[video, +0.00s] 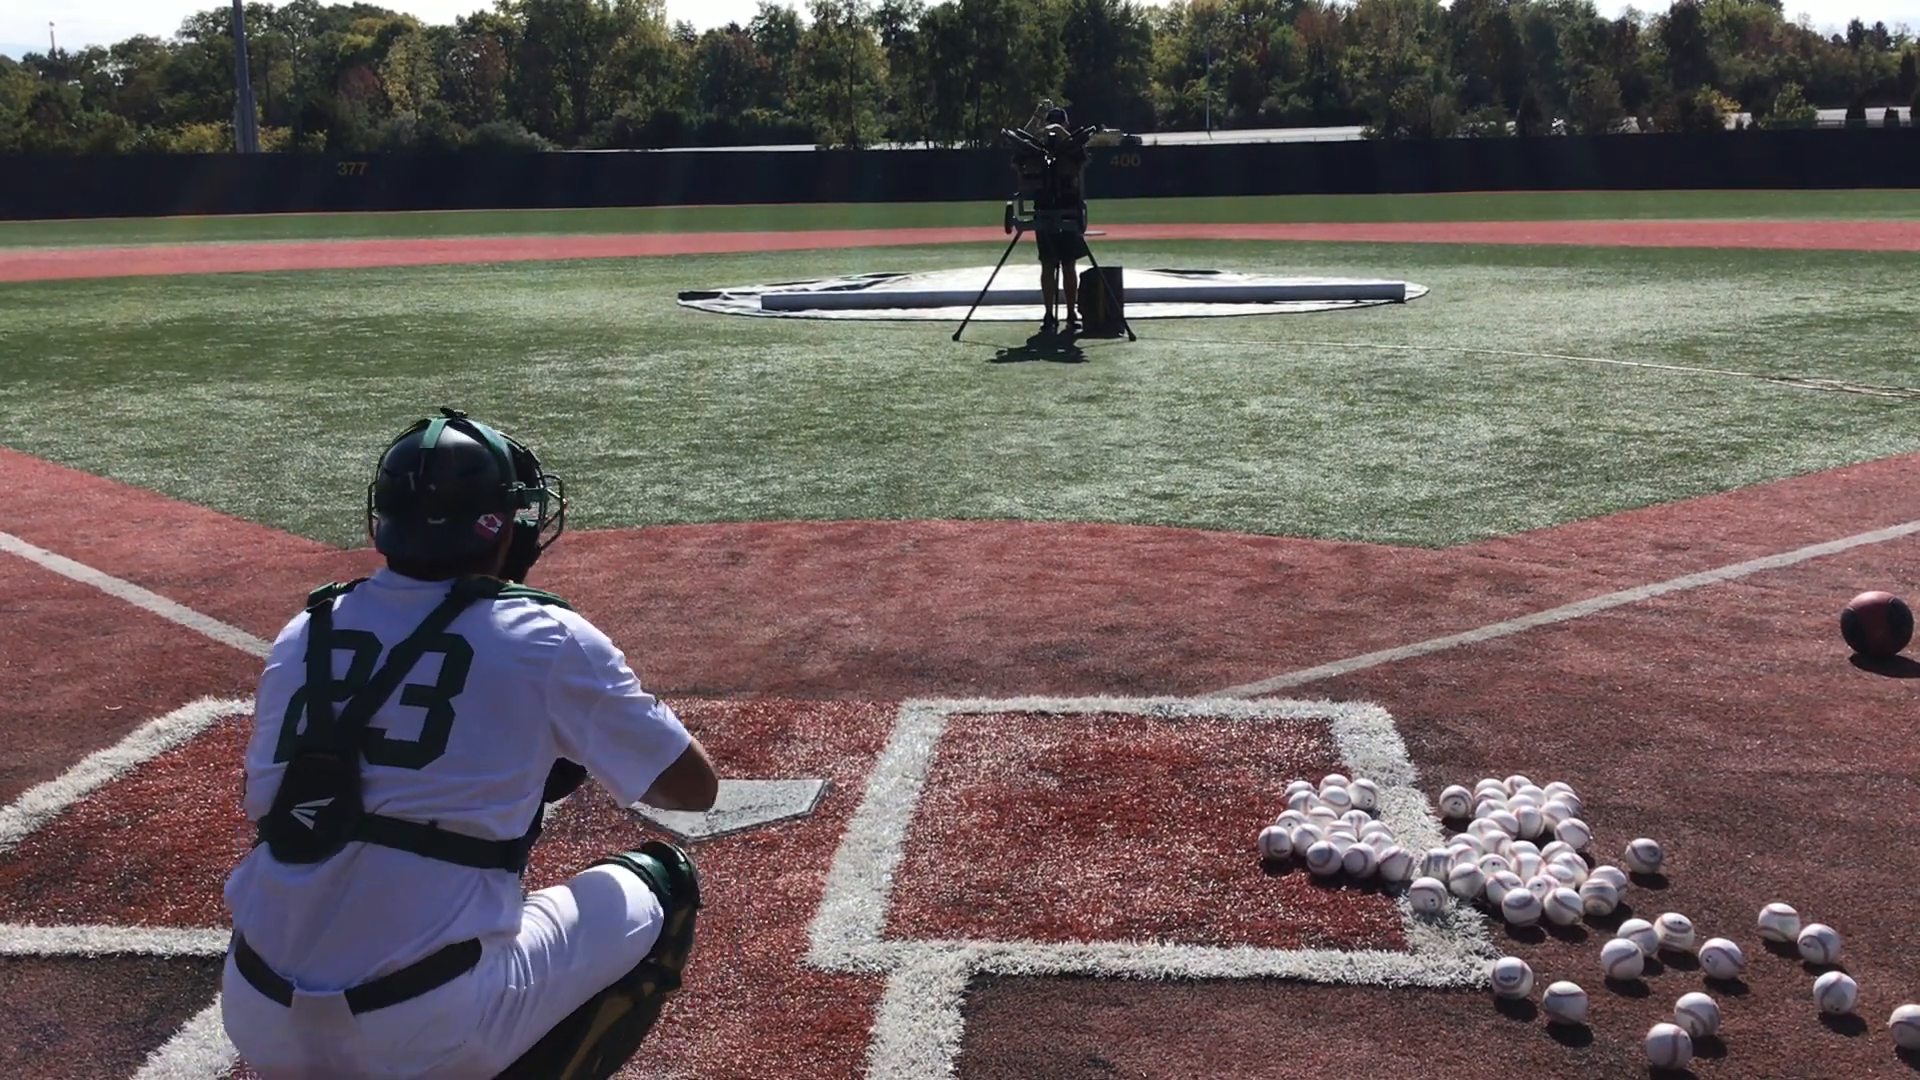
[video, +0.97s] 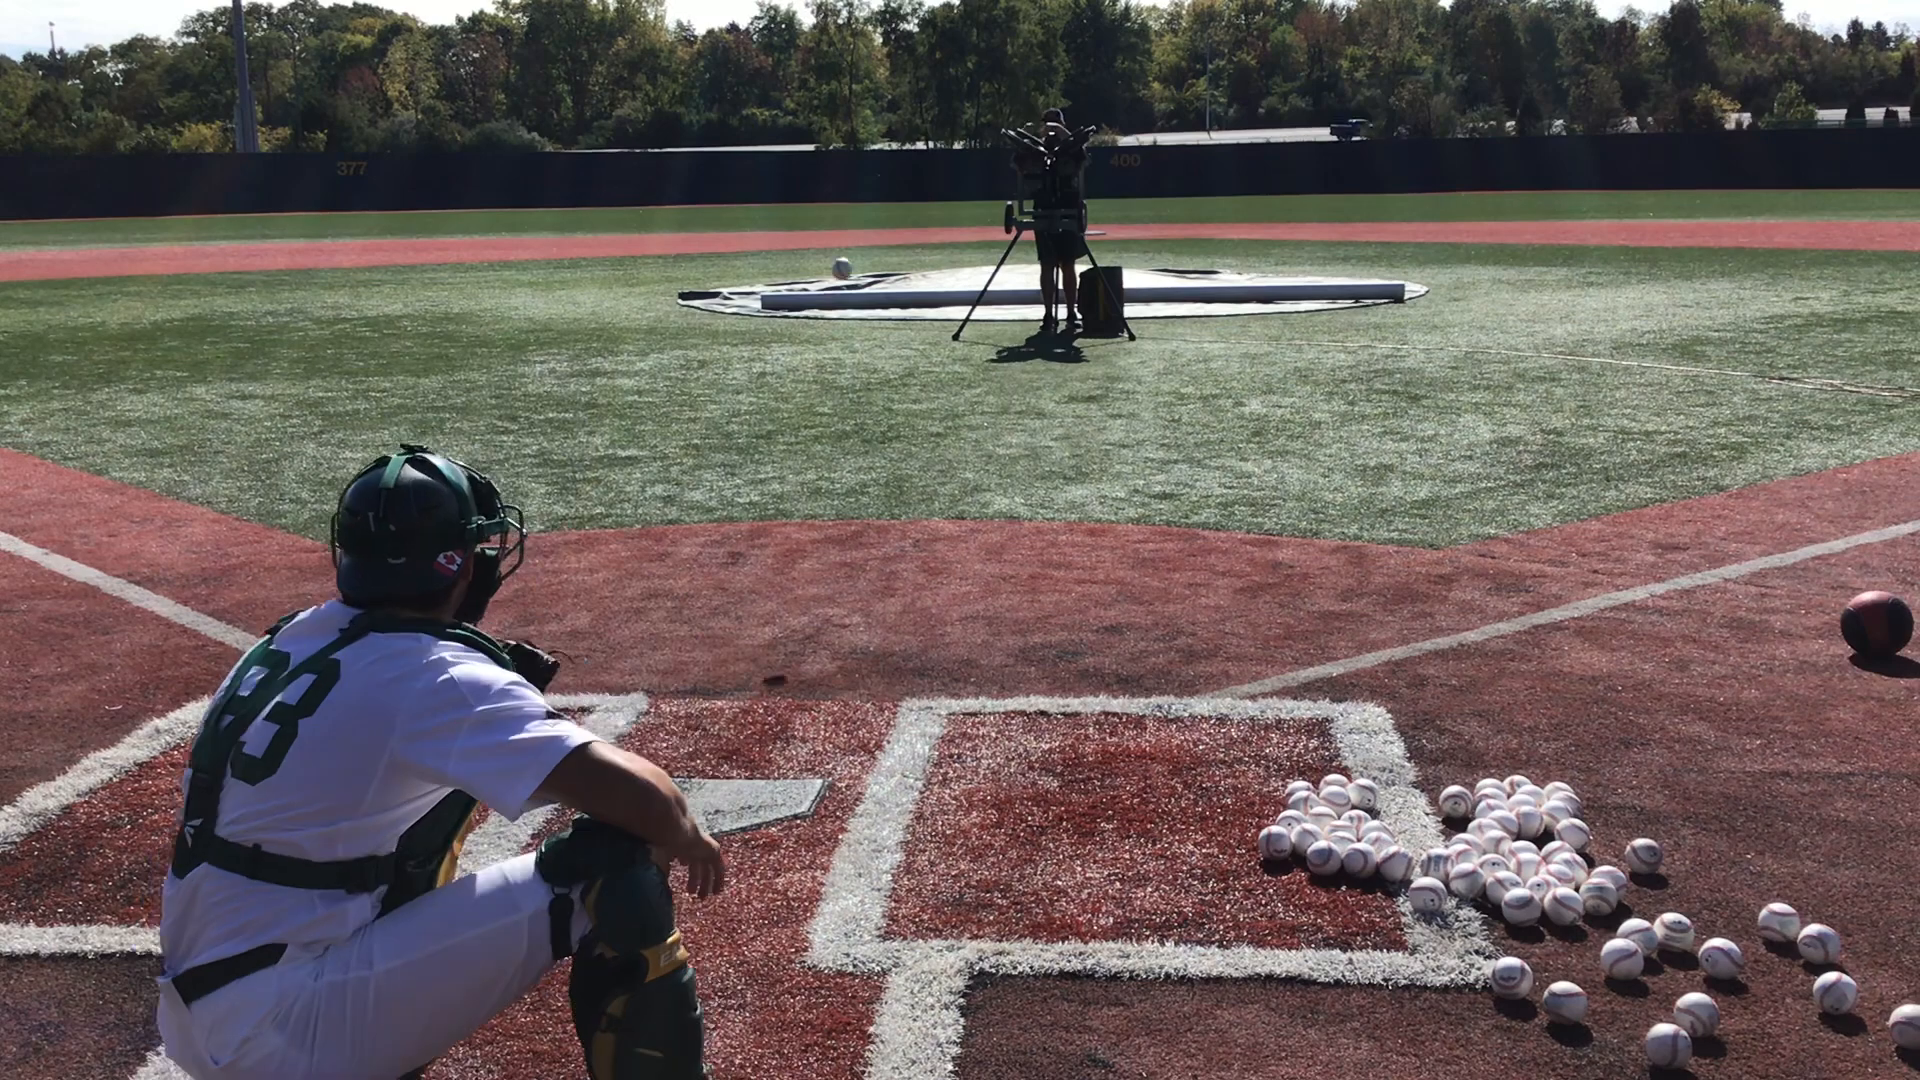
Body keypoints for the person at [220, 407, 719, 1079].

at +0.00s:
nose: (529, 529)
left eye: (526, 512)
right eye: (521, 516)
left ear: (385, 527)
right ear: (499, 534)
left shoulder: (307, 627)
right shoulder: (547, 639)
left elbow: (262, 801)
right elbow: (694, 786)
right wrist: (592, 746)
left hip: (259, 1024)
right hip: (420, 1039)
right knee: (665, 884)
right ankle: (544, 1067)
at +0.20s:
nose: (542, 448)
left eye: (539, 432)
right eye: (535, 433)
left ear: (412, 437)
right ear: (515, 443)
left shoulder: (332, 530)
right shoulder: (560, 528)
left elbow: (264, 681)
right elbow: (716, 704)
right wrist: (593, 691)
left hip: (270, 889)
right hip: (450, 899)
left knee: (233, 795)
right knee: (707, 823)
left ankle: (254, 1066)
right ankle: (637, 1065)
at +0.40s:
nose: (556, 503)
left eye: (551, 485)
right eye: (550, 487)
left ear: (417, 491)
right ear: (529, 498)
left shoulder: (340, 583)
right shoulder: (560, 581)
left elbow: (279, 734)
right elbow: (726, 751)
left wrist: (521, 765)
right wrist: (601, 760)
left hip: (257, 925)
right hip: (445, 933)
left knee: (213, 833)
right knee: (714, 867)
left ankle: (173, 1064)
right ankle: (689, 1063)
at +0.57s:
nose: (531, 537)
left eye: (530, 521)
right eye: (524, 522)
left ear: (397, 525)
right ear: (499, 535)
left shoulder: (316, 615)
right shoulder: (520, 626)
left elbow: (239, 763)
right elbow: (710, 768)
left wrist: (463, 814)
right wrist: (567, 811)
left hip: (202, 977)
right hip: (374, 982)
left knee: (200, 885)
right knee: (681, 863)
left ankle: (170, 1069)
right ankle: (672, 1065)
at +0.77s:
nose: (506, 556)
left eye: (503, 540)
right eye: (499, 541)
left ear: (370, 543)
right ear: (474, 557)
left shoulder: (299, 623)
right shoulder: (476, 655)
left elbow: (195, 786)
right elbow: (691, 777)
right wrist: (602, 798)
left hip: (159, 993)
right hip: (292, 1012)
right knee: (640, 861)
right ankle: (655, 1061)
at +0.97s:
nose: (493, 560)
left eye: (491, 544)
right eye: (484, 549)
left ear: (354, 559)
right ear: (457, 571)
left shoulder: (303, 629)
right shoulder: (429, 677)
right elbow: (641, 791)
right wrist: (686, 837)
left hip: (196, 1000)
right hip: (278, 1029)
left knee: (445, 794)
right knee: (611, 865)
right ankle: (655, 1060)